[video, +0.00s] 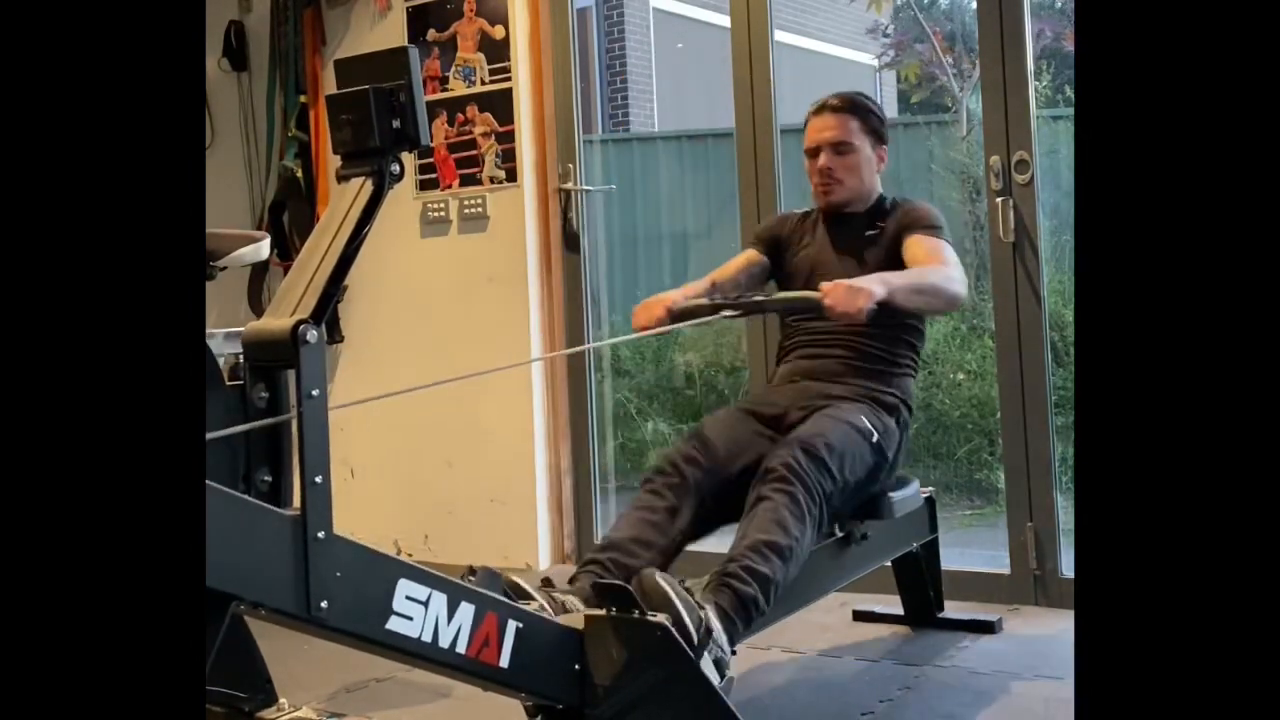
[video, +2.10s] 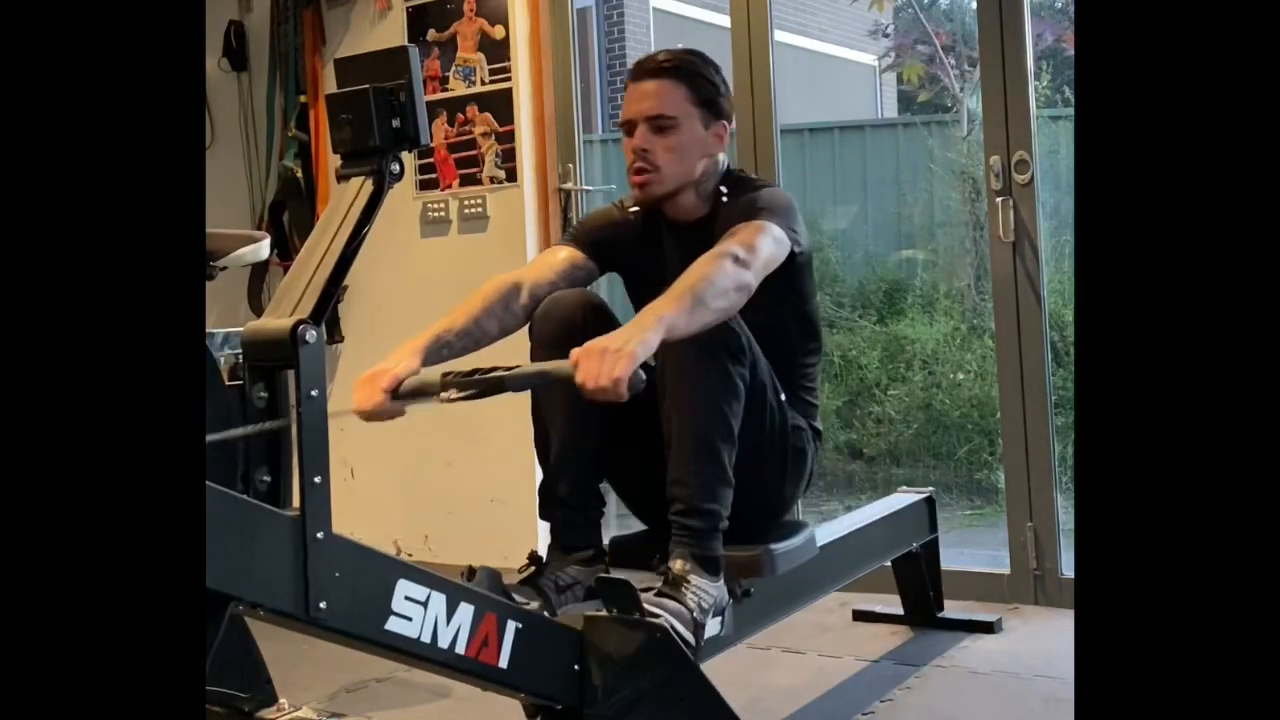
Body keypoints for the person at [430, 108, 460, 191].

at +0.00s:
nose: (446, 118)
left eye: (446, 116)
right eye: (445, 116)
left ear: (442, 116)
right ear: (440, 116)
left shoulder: (443, 125)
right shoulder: (437, 123)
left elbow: (453, 132)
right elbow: (439, 138)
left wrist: (457, 122)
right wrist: (442, 150)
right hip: (440, 148)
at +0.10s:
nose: (446, 118)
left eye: (446, 116)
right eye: (445, 116)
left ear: (442, 116)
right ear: (440, 116)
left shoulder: (441, 124)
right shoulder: (438, 123)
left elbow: (453, 132)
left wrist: (457, 122)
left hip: (437, 148)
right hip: (441, 147)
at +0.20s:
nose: (446, 118)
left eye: (446, 116)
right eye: (445, 116)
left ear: (442, 116)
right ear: (441, 116)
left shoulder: (441, 124)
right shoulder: (438, 123)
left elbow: (453, 132)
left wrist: (457, 122)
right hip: (440, 147)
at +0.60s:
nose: (446, 118)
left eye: (446, 116)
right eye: (444, 116)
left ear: (442, 116)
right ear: (440, 116)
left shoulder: (441, 125)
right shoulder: (438, 123)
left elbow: (453, 132)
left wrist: (457, 122)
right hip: (440, 147)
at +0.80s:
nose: (446, 118)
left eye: (446, 115)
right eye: (445, 115)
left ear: (443, 116)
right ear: (440, 116)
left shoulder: (443, 125)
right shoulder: (437, 123)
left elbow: (453, 132)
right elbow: (439, 138)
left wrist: (457, 122)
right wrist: (442, 150)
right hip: (439, 147)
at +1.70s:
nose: (446, 118)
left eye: (446, 116)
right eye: (444, 116)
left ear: (444, 116)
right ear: (440, 116)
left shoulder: (443, 124)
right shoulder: (437, 124)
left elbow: (453, 132)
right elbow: (438, 139)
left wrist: (457, 122)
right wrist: (442, 150)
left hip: (443, 148)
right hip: (439, 148)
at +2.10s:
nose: (446, 118)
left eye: (446, 115)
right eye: (444, 115)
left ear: (444, 116)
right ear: (440, 116)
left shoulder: (443, 124)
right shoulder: (437, 124)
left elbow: (453, 132)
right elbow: (438, 139)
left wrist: (457, 122)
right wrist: (442, 150)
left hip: (443, 148)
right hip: (439, 148)